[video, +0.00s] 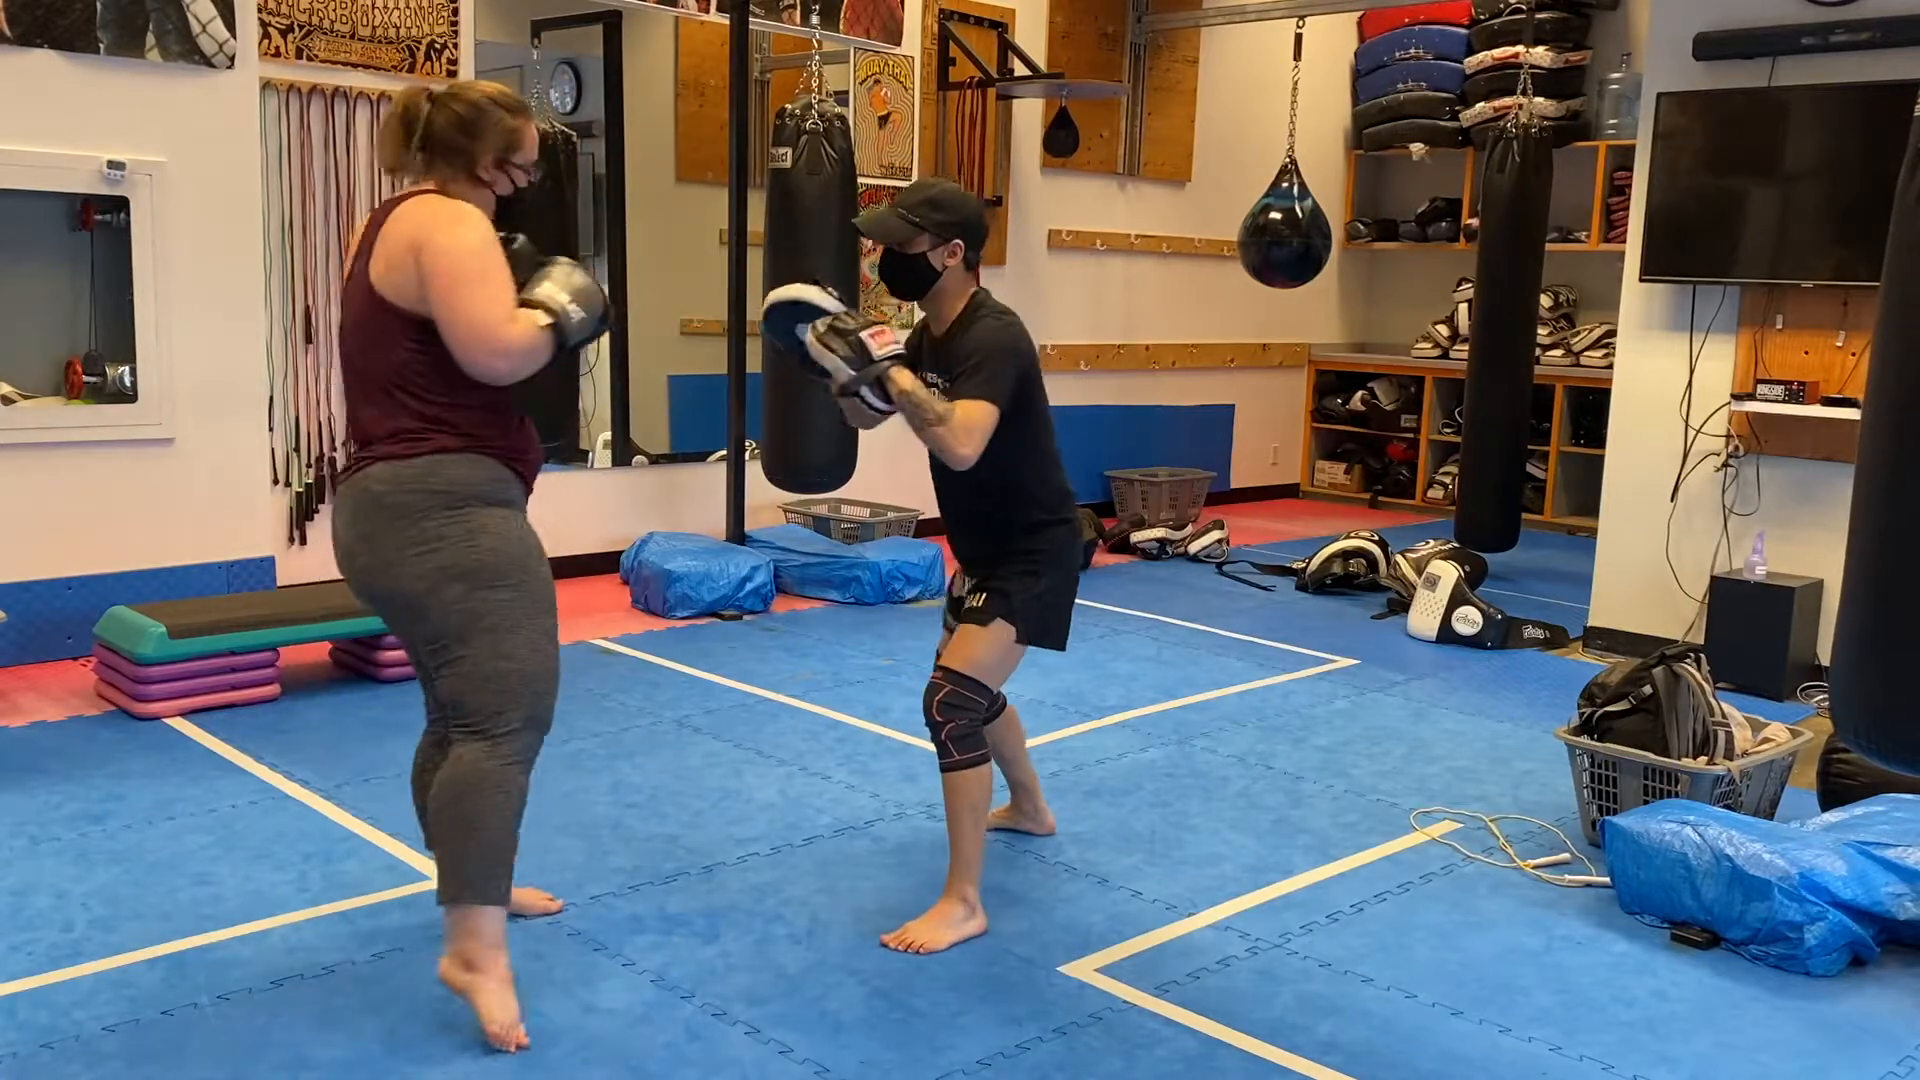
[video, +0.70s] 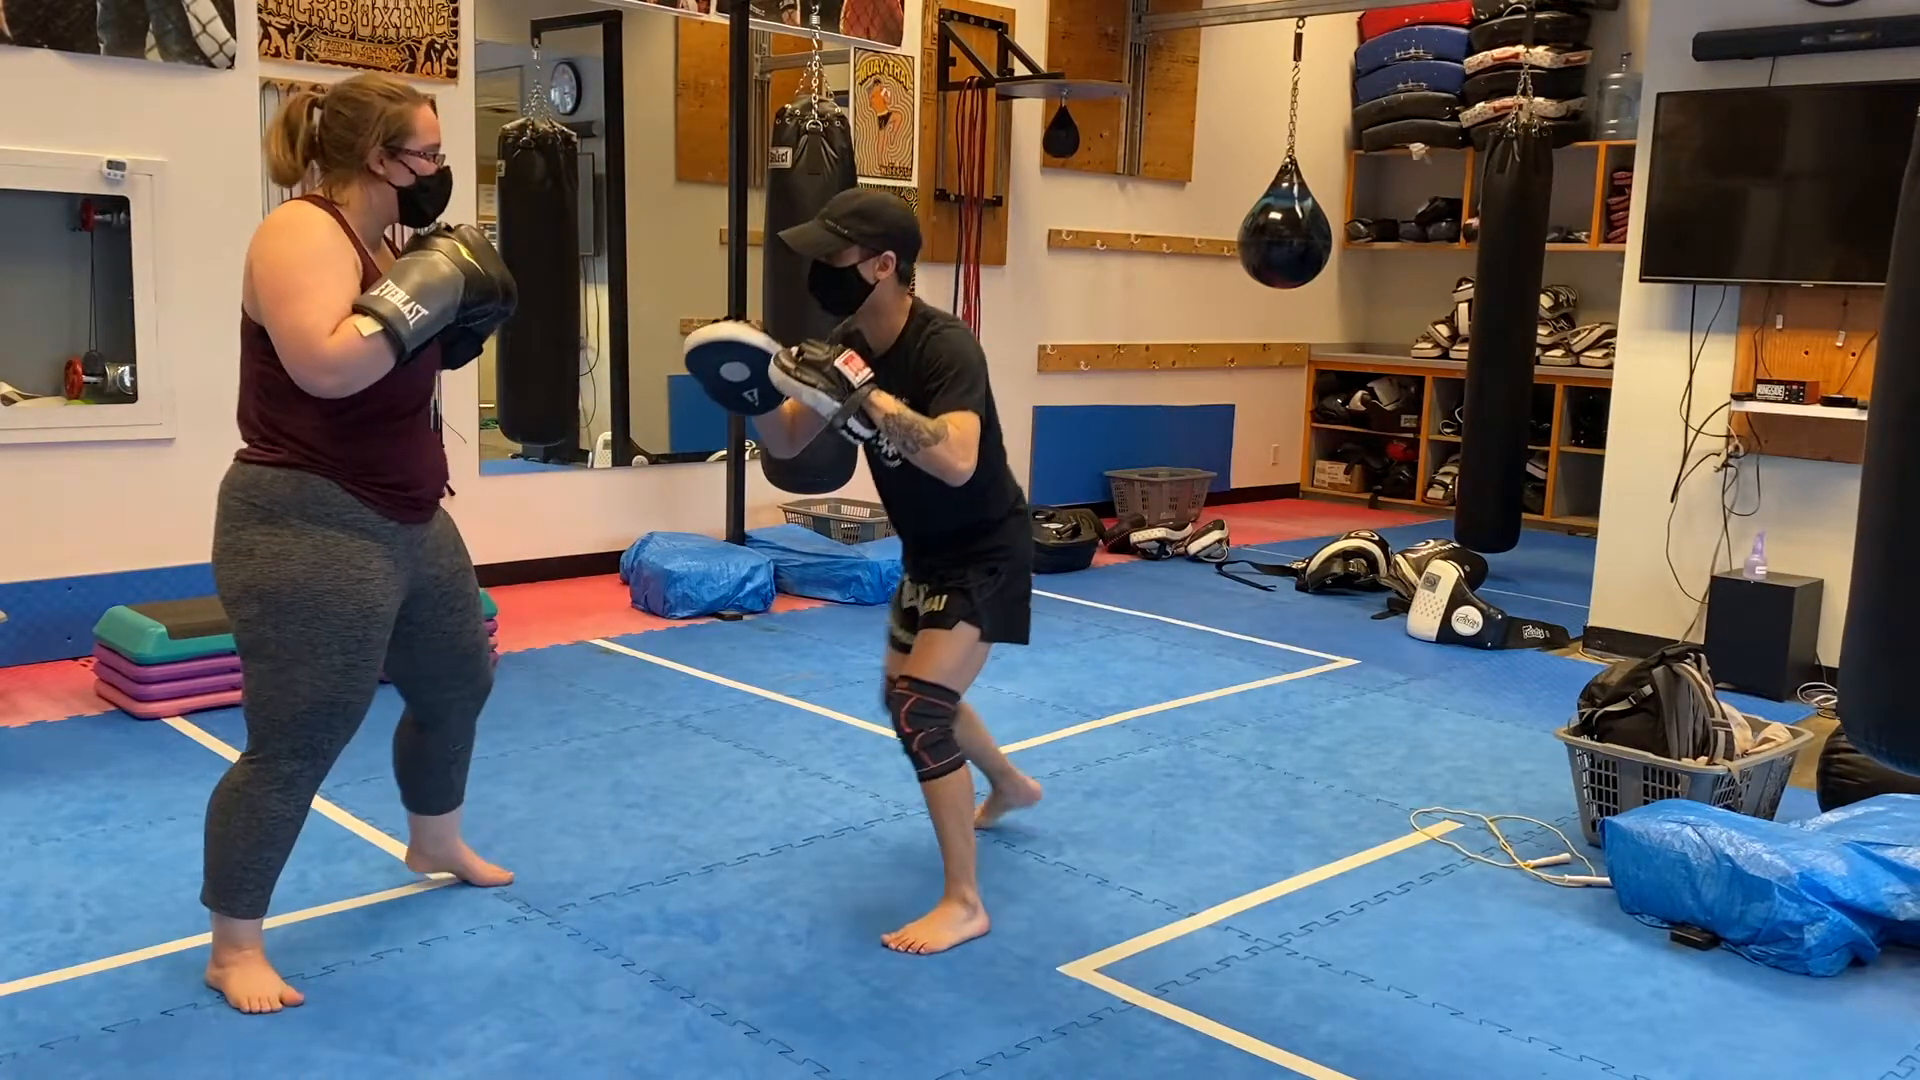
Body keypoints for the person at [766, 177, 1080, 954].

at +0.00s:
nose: (884, 259)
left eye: (899, 248)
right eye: (885, 246)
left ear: (949, 252)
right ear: (939, 254)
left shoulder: (995, 336)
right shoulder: (929, 329)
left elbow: (961, 443)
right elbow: (888, 411)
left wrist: (895, 377)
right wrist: (850, 366)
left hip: (1037, 545)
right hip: (981, 542)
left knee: (955, 701)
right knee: (965, 681)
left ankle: (964, 900)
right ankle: (1030, 803)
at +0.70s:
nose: (822, 271)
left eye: (835, 259)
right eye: (823, 258)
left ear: (882, 263)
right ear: (869, 264)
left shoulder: (948, 347)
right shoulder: (846, 348)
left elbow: (957, 460)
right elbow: (785, 442)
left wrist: (865, 399)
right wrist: (744, 374)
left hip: (986, 543)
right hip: (924, 543)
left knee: (922, 705)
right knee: (905, 690)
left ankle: (964, 901)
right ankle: (1009, 782)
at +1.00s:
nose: (775, 270)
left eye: (790, 257)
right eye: (776, 256)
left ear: (842, 262)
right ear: (821, 263)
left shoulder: (884, 349)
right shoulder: (792, 338)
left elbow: (871, 449)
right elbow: (729, 421)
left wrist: (799, 386)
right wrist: (713, 363)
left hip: (896, 548)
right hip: (834, 542)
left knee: (878, 713)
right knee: (766, 647)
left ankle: (958, 893)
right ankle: (780, 751)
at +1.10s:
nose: (757, 260)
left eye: (771, 249)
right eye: (756, 247)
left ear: (817, 254)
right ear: (791, 252)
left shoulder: (854, 337)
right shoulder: (764, 325)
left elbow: (849, 433)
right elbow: (691, 399)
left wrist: (774, 376)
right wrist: (699, 349)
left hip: (862, 526)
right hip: (796, 520)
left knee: (857, 676)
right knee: (733, 645)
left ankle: (917, 863)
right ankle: (735, 744)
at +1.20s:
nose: (734, 278)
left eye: (747, 267)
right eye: (732, 265)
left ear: (791, 270)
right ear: (746, 269)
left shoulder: (826, 348)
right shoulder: (729, 340)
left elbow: (830, 438)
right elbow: (655, 399)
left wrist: (755, 385)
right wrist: (637, 343)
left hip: (834, 535)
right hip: (765, 534)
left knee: (813, 661)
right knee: (697, 652)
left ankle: (862, 825)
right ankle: (737, 751)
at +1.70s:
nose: (700, 280)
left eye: (715, 270)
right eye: (695, 268)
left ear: (754, 271)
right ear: (693, 269)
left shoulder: (780, 342)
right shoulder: (708, 344)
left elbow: (790, 415)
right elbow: (654, 389)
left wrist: (711, 395)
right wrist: (607, 361)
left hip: (821, 529)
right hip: (755, 525)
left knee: (785, 657)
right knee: (683, 637)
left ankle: (841, 812)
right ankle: (735, 749)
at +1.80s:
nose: (706, 278)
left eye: (720, 267)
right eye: (700, 267)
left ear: (757, 269)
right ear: (693, 270)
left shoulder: (784, 340)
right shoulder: (710, 337)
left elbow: (803, 414)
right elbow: (670, 386)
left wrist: (718, 391)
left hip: (825, 526)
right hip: (760, 522)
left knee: (789, 654)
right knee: (685, 633)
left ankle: (846, 813)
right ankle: (735, 748)